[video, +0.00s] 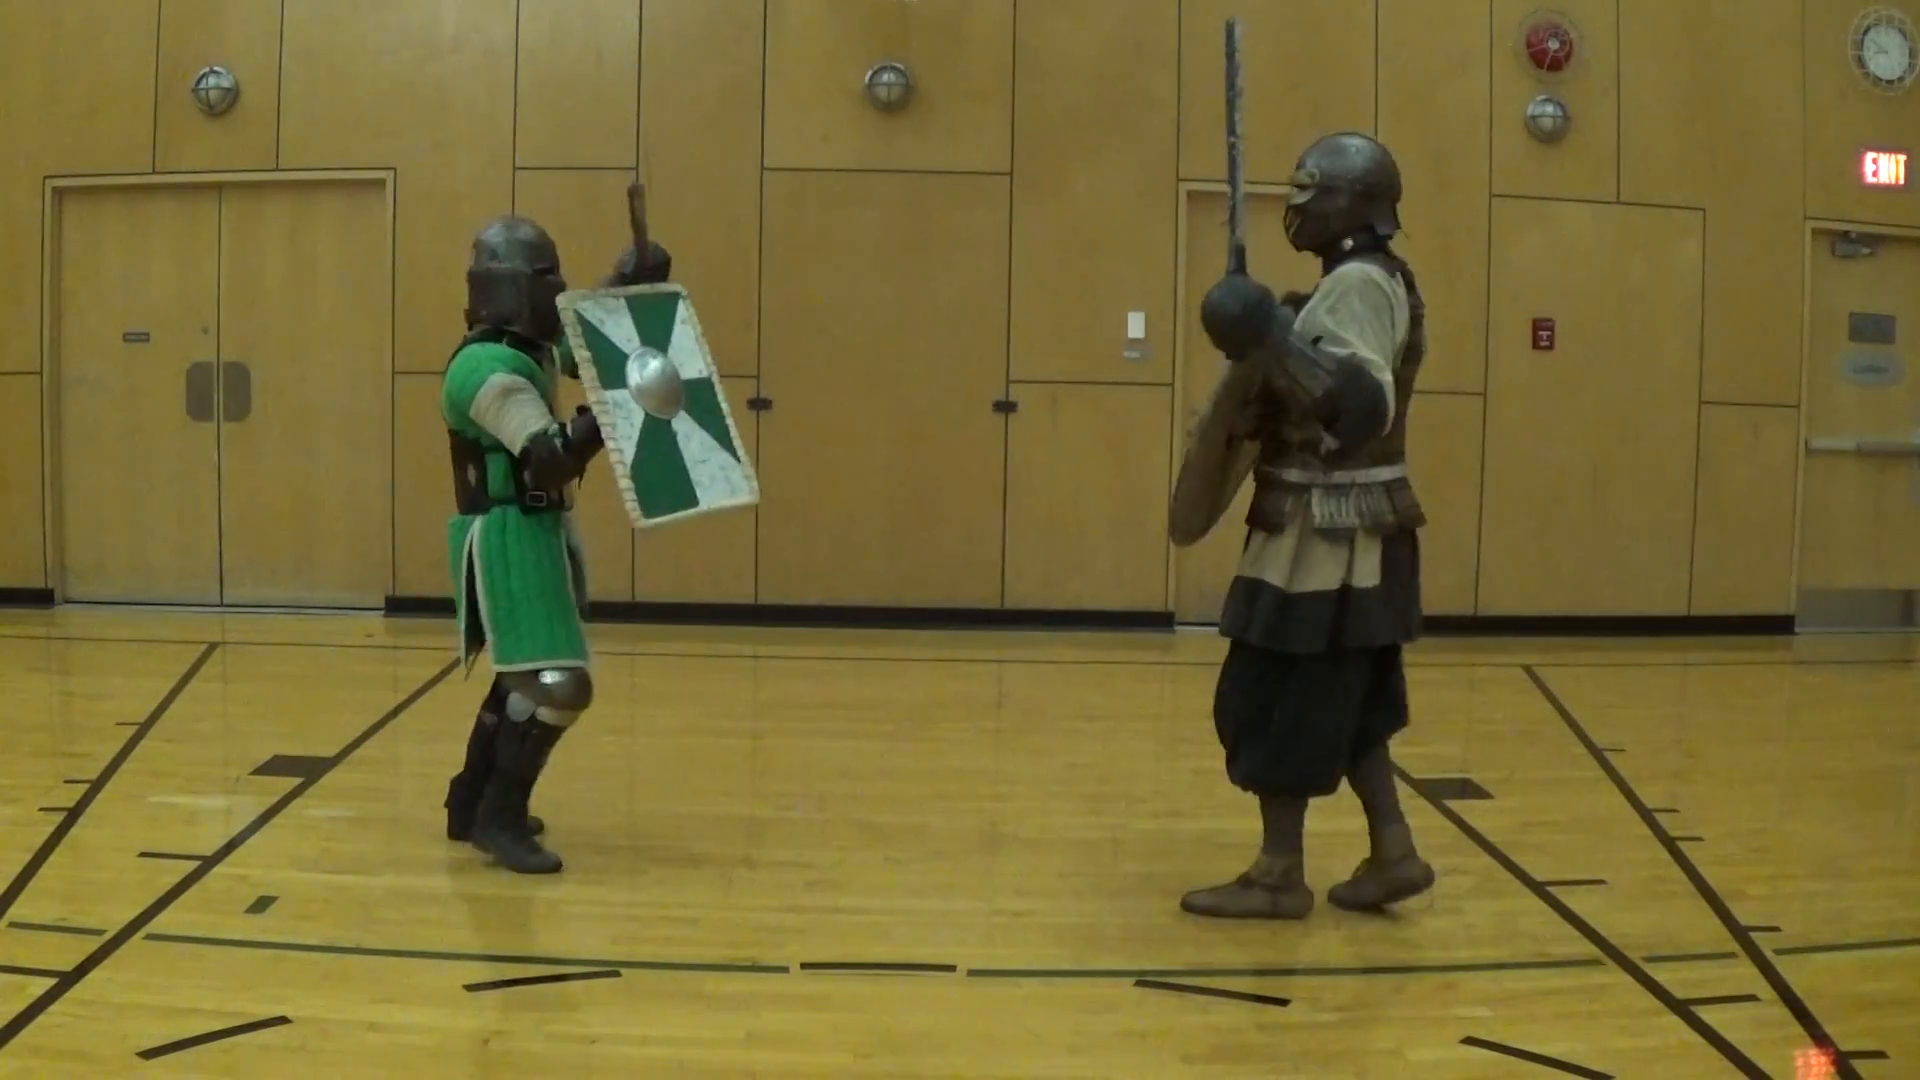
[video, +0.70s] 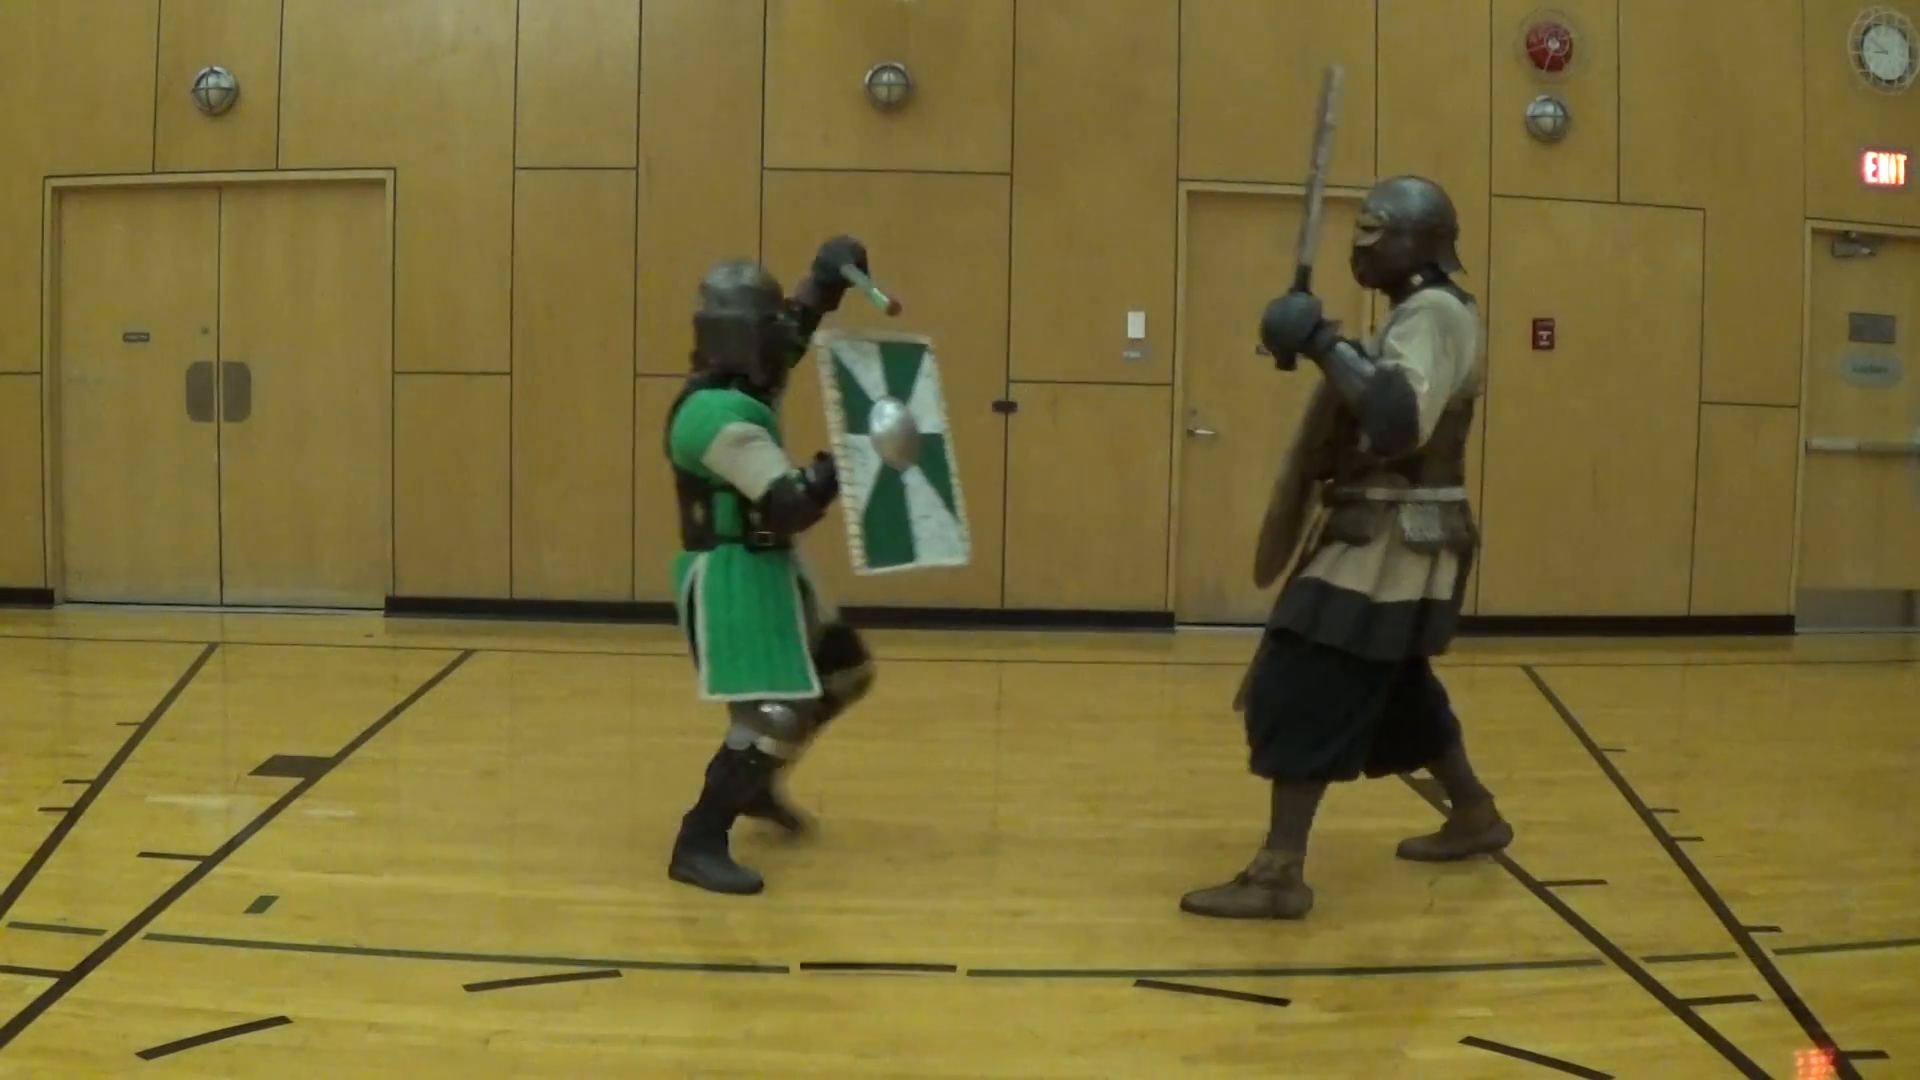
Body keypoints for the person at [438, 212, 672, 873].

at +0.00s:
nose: (556, 293)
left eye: (556, 280)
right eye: (544, 281)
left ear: (500, 290)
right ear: (507, 288)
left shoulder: (532, 355)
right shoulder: (486, 367)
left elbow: (600, 344)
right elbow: (549, 458)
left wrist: (628, 291)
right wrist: (618, 400)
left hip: (536, 527)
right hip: (508, 532)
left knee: (527, 674)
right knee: (559, 684)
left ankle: (474, 800)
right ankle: (501, 818)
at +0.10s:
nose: (575, 294)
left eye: (572, 281)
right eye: (562, 283)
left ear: (522, 296)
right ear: (523, 294)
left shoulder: (550, 360)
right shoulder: (501, 371)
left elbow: (621, 359)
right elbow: (557, 467)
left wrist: (652, 302)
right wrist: (619, 414)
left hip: (547, 531)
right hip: (517, 536)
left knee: (535, 672)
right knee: (587, 680)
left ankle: (473, 798)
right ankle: (543, 816)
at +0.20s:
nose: (598, 303)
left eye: (595, 290)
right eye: (586, 292)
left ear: (542, 299)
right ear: (554, 299)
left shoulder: (564, 363)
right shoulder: (526, 375)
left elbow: (631, 354)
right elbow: (576, 470)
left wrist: (667, 303)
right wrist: (633, 426)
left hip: (555, 539)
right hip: (538, 543)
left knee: (539, 680)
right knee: (601, 684)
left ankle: (473, 800)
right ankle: (614, 834)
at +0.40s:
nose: (659, 318)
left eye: (655, 306)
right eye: (649, 307)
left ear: (597, 316)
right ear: (621, 316)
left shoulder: (622, 376)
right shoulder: (589, 391)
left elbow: (687, 364)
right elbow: (643, 486)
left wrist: (721, 309)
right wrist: (707, 434)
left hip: (595, 556)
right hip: (609, 558)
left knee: (566, 689)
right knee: (671, 696)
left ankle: (477, 796)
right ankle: (689, 842)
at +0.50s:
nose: (698, 324)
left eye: (694, 312)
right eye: (689, 313)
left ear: (632, 320)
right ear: (664, 322)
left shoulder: (659, 380)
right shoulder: (629, 399)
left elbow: (725, 362)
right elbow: (687, 499)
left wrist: (762, 306)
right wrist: (755, 440)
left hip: (651, 562)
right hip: (653, 564)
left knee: (643, 702)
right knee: (719, 701)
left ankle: (514, 773)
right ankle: (695, 847)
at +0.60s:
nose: (734, 326)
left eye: (732, 316)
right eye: (723, 316)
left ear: (676, 327)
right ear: (692, 327)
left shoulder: (708, 379)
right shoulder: (667, 407)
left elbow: (764, 345)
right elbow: (737, 503)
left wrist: (801, 295)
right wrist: (810, 449)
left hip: (714, 559)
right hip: (687, 564)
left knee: (742, 699)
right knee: (747, 706)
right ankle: (697, 846)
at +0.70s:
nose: (779, 339)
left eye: (777, 329)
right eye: (771, 329)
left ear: (722, 333)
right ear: (744, 338)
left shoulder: (739, 394)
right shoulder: (716, 416)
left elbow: (785, 343)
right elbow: (786, 507)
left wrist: (822, 284)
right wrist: (860, 454)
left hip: (766, 565)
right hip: (732, 573)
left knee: (843, 669)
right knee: (774, 711)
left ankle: (757, 782)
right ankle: (700, 843)